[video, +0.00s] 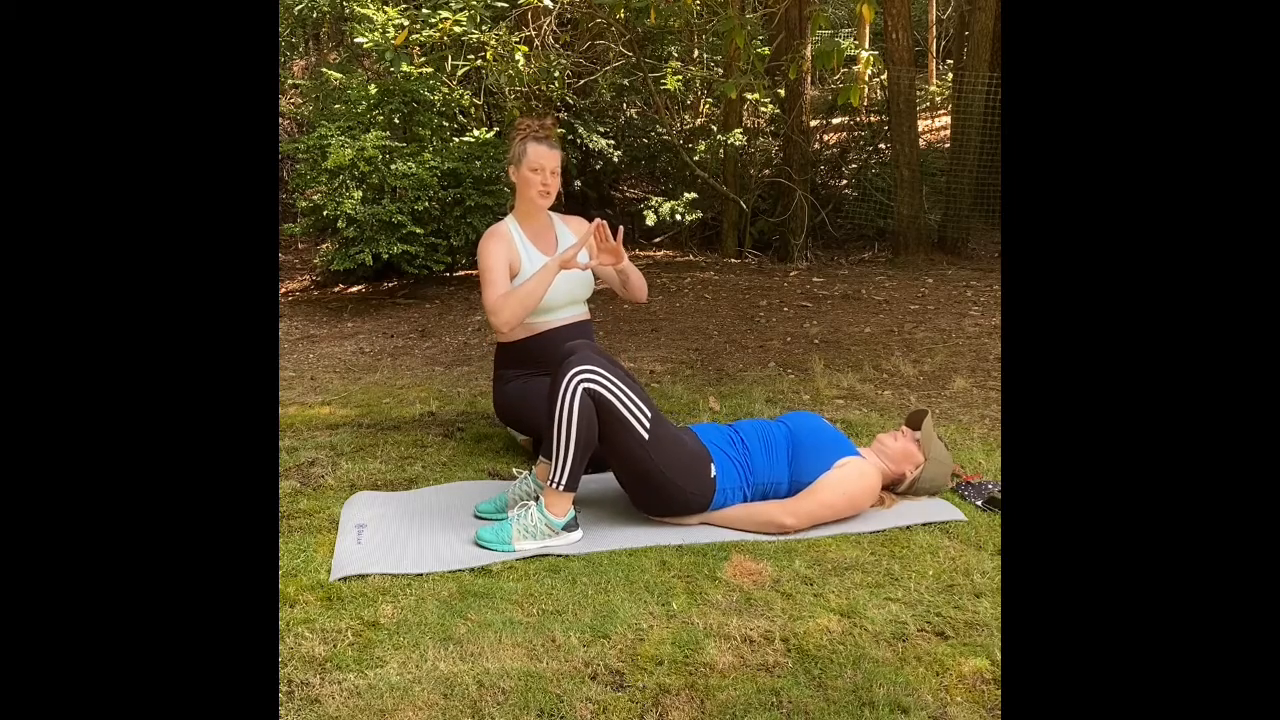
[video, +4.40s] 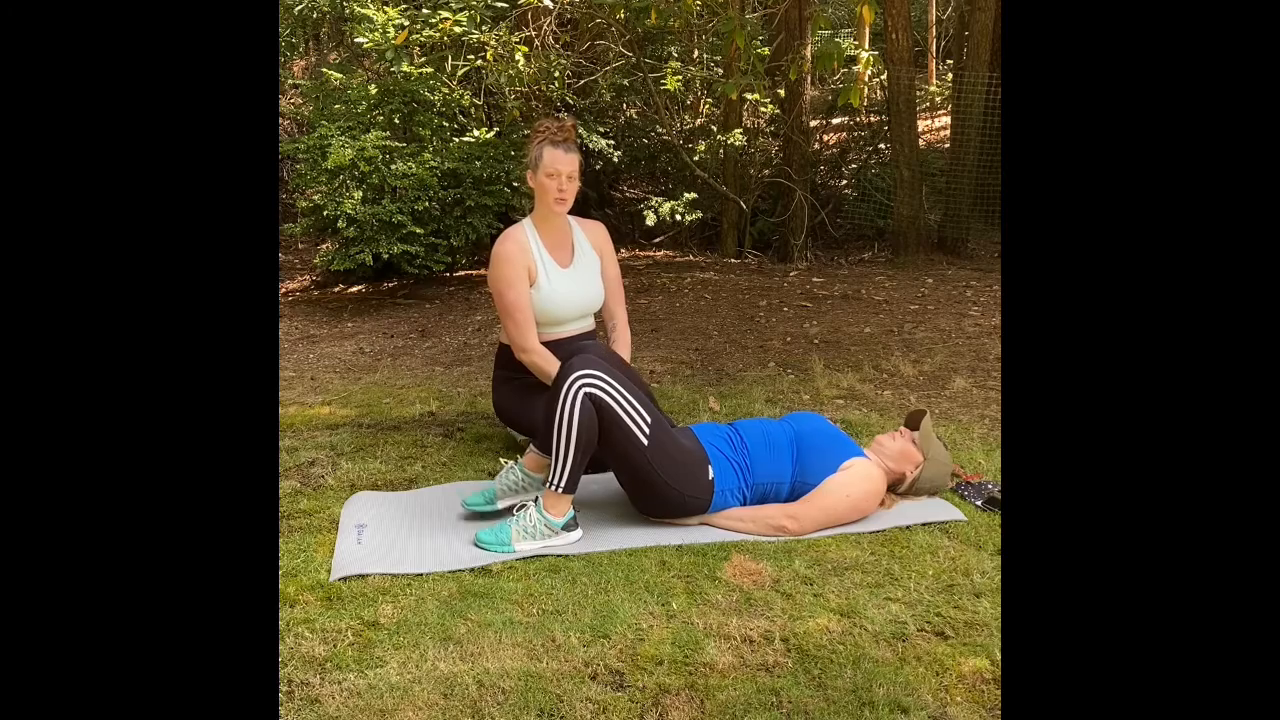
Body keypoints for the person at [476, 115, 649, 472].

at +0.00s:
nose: (548, 182)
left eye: (554, 173)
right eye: (537, 171)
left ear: (561, 178)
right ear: (513, 174)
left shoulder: (577, 229)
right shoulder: (497, 241)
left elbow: (638, 296)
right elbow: (502, 321)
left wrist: (623, 267)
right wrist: (554, 264)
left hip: (584, 363)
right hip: (523, 376)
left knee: (639, 438)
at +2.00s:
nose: (550, 182)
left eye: (557, 174)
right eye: (539, 171)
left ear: (564, 179)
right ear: (516, 174)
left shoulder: (579, 229)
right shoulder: (498, 242)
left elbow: (644, 292)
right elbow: (501, 321)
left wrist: (629, 269)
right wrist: (554, 267)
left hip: (583, 364)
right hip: (523, 377)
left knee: (641, 441)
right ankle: (540, 452)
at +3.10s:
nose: (549, 183)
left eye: (558, 175)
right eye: (539, 172)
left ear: (565, 180)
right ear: (518, 174)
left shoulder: (581, 230)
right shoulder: (500, 242)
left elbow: (641, 297)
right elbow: (495, 330)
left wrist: (628, 286)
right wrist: (561, 292)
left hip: (585, 366)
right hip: (523, 379)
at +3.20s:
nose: (549, 181)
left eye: (558, 173)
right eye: (539, 171)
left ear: (565, 179)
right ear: (518, 174)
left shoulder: (583, 231)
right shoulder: (502, 242)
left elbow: (626, 289)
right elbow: (491, 336)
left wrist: (629, 302)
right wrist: (564, 320)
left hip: (581, 368)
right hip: (521, 381)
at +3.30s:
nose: (551, 181)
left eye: (559, 172)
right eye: (540, 170)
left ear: (566, 178)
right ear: (519, 175)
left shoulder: (584, 232)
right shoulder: (503, 243)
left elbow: (620, 299)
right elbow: (491, 342)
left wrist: (625, 337)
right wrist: (569, 355)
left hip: (586, 367)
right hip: (523, 377)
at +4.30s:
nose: (563, 187)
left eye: (571, 177)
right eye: (553, 176)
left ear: (579, 181)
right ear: (531, 179)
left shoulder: (594, 234)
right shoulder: (511, 248)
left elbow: (617, 323)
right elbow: (526, 348)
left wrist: (616, 384)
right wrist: (590, 396)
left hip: (586, 367)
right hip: (526, 378)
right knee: (605, 441)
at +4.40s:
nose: (563, 186)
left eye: (571, 177)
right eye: (552, 176)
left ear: (579, 180)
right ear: (531, 179)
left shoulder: (595, 234)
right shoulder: (512, 247)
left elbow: (618, 324)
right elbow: (526, 349)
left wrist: (617, 384)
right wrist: (589, 396)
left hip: (589, 371)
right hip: (524, 380)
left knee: (584, 350)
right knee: (607, 444)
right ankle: (533, 465)